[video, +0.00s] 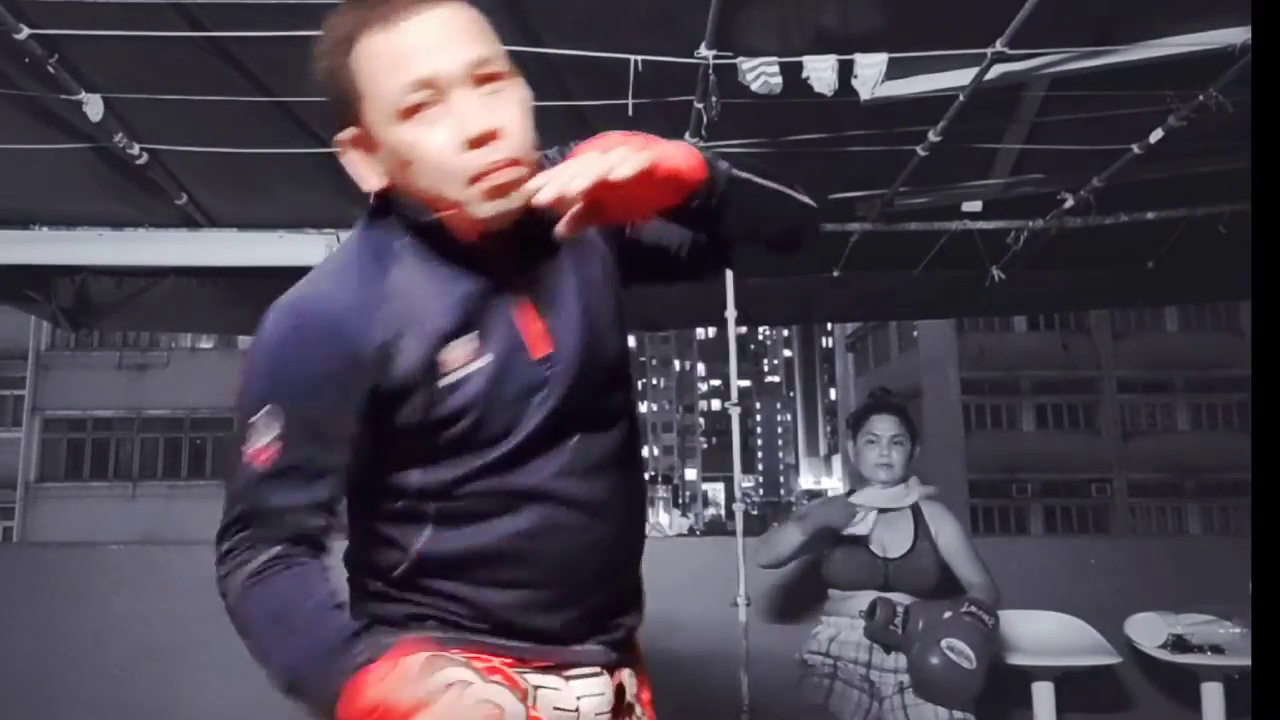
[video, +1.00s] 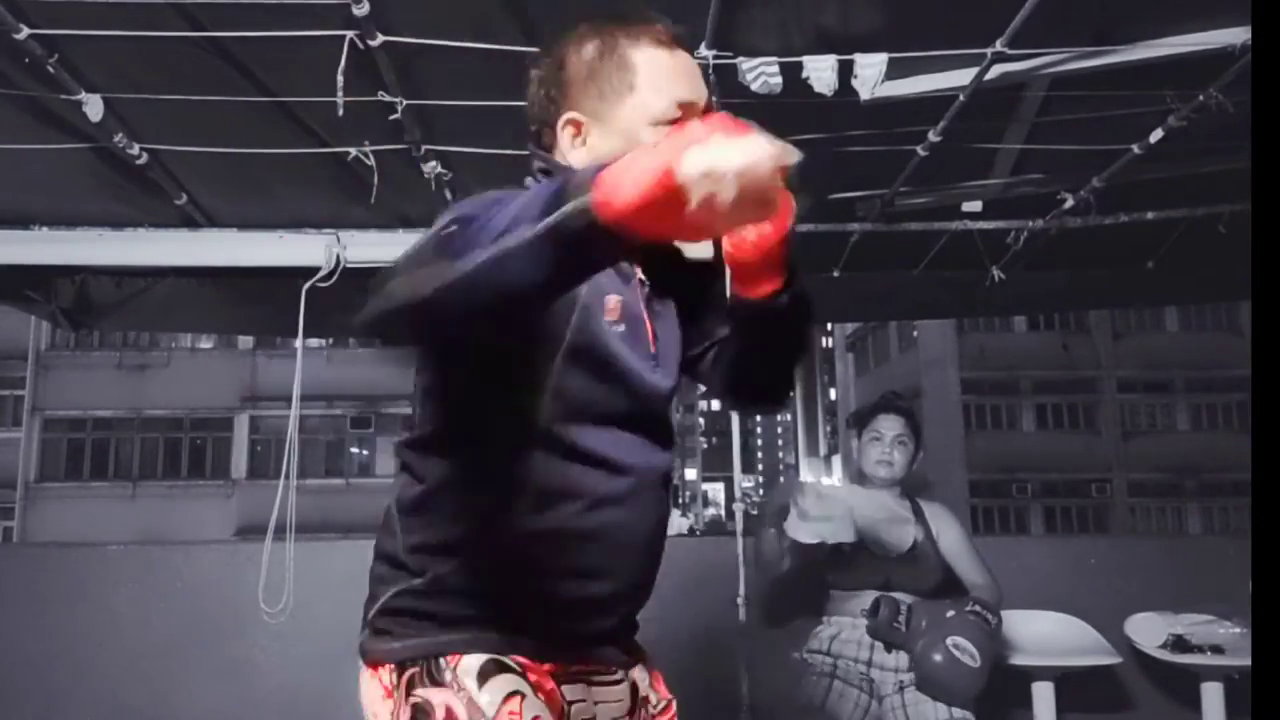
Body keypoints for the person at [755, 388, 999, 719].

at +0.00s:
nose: (885, 452)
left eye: (896, 442)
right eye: (871, 442)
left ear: (912, 452)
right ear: (852, 451)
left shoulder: (932, 514)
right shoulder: (831, 512)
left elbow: (982, 588)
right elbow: (763, 557)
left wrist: (966, 620)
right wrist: (812, 520)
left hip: (919, 667)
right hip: (839, 664)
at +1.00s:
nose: (887, 450)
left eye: (900, 443)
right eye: (875, 439)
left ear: (914, 457)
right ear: (855, 448)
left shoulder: (934, 516)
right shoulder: (827, 506)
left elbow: (984, 586)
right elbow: (771, 570)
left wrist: (976, 619)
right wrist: (770, 517)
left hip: (920, 664)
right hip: (840, 659)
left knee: (938, 715)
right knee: (837, 710)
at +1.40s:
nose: (885, 451)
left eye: (897, 443)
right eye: (873, 440)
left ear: (911, 456)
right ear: (851, 451)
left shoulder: (932, 517)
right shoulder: (823, 516)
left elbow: (984, 588)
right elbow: (780, 584)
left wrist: (975, 618)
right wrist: (763, 541)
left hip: (920, 664)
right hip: (838, 662)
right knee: (829, 712)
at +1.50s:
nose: (883, 450)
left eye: (895, 443)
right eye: (871, 439)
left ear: (909, 456)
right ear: (850, 450)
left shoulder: (932, 516)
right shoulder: (818, 517)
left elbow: (985, 588)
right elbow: (760, 574)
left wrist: (974, 617)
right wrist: (770, 540)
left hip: (923, 671)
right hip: (841, 670)